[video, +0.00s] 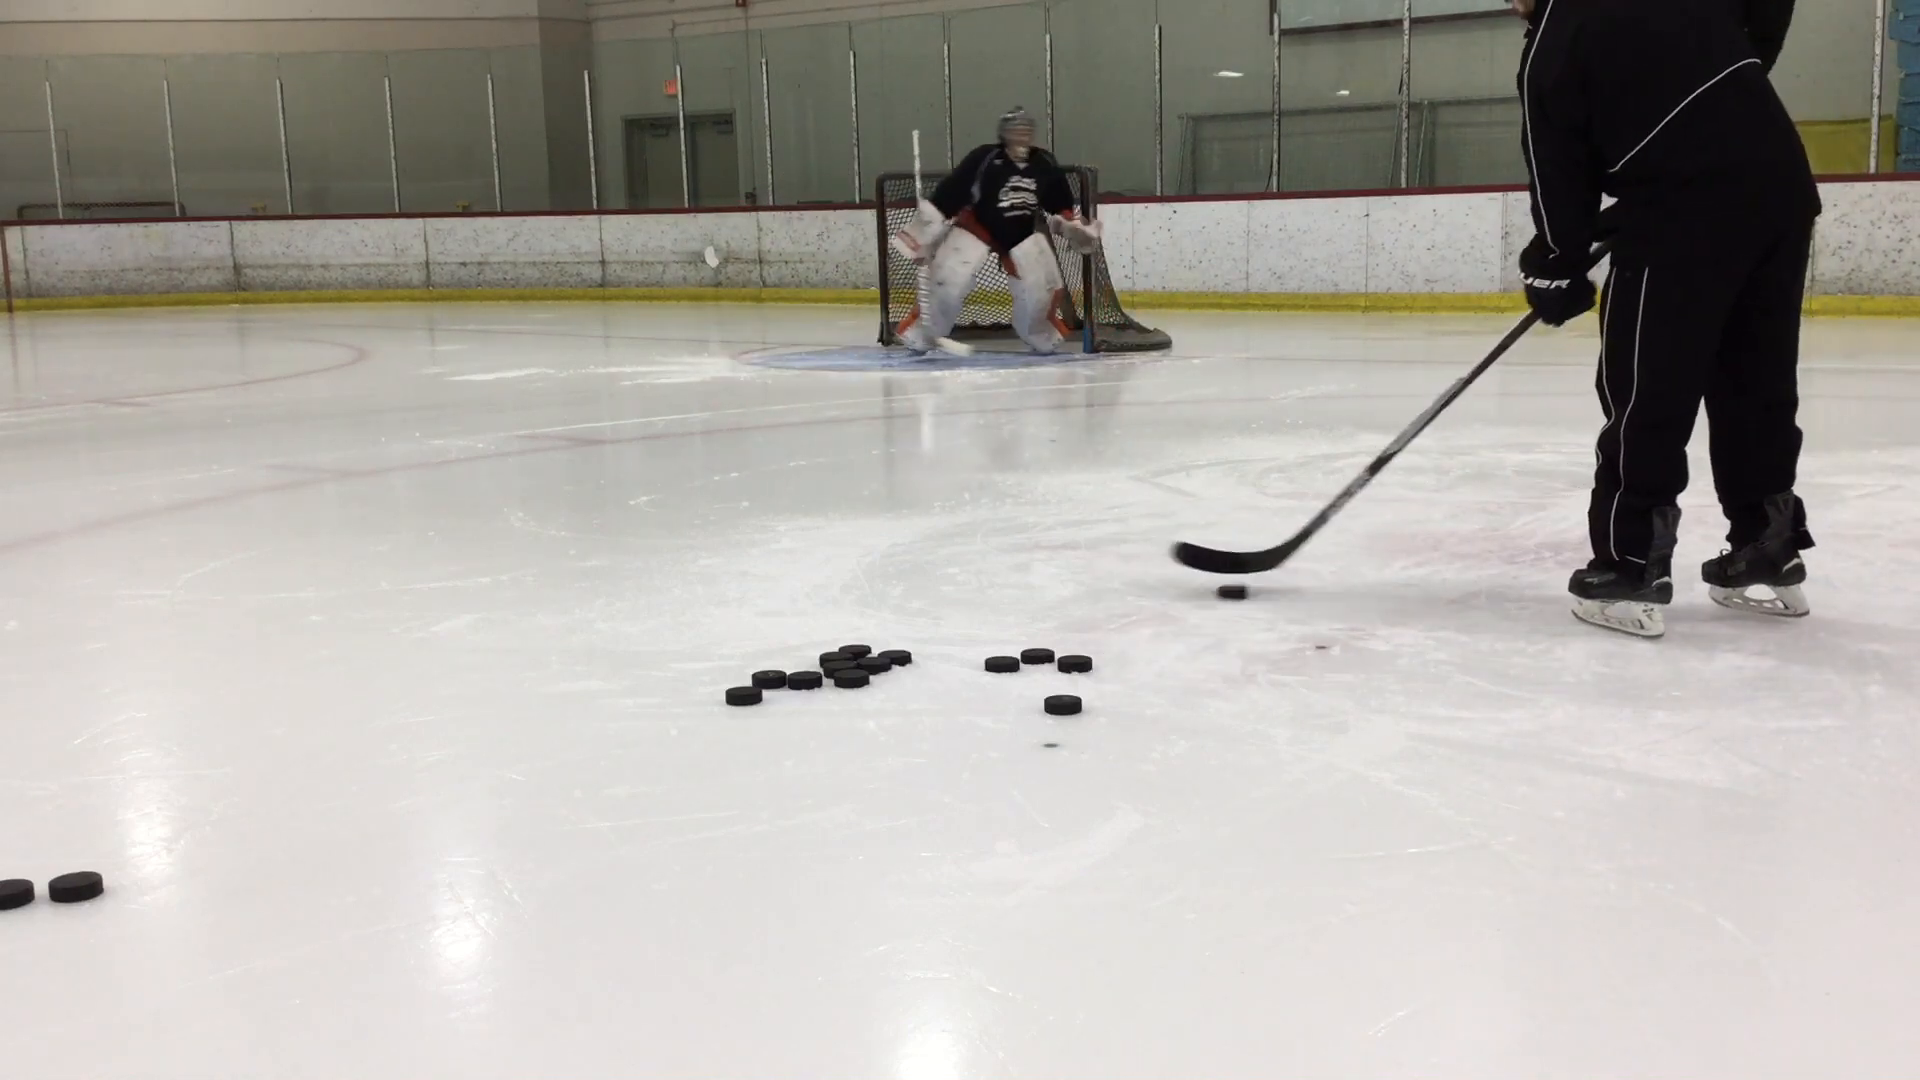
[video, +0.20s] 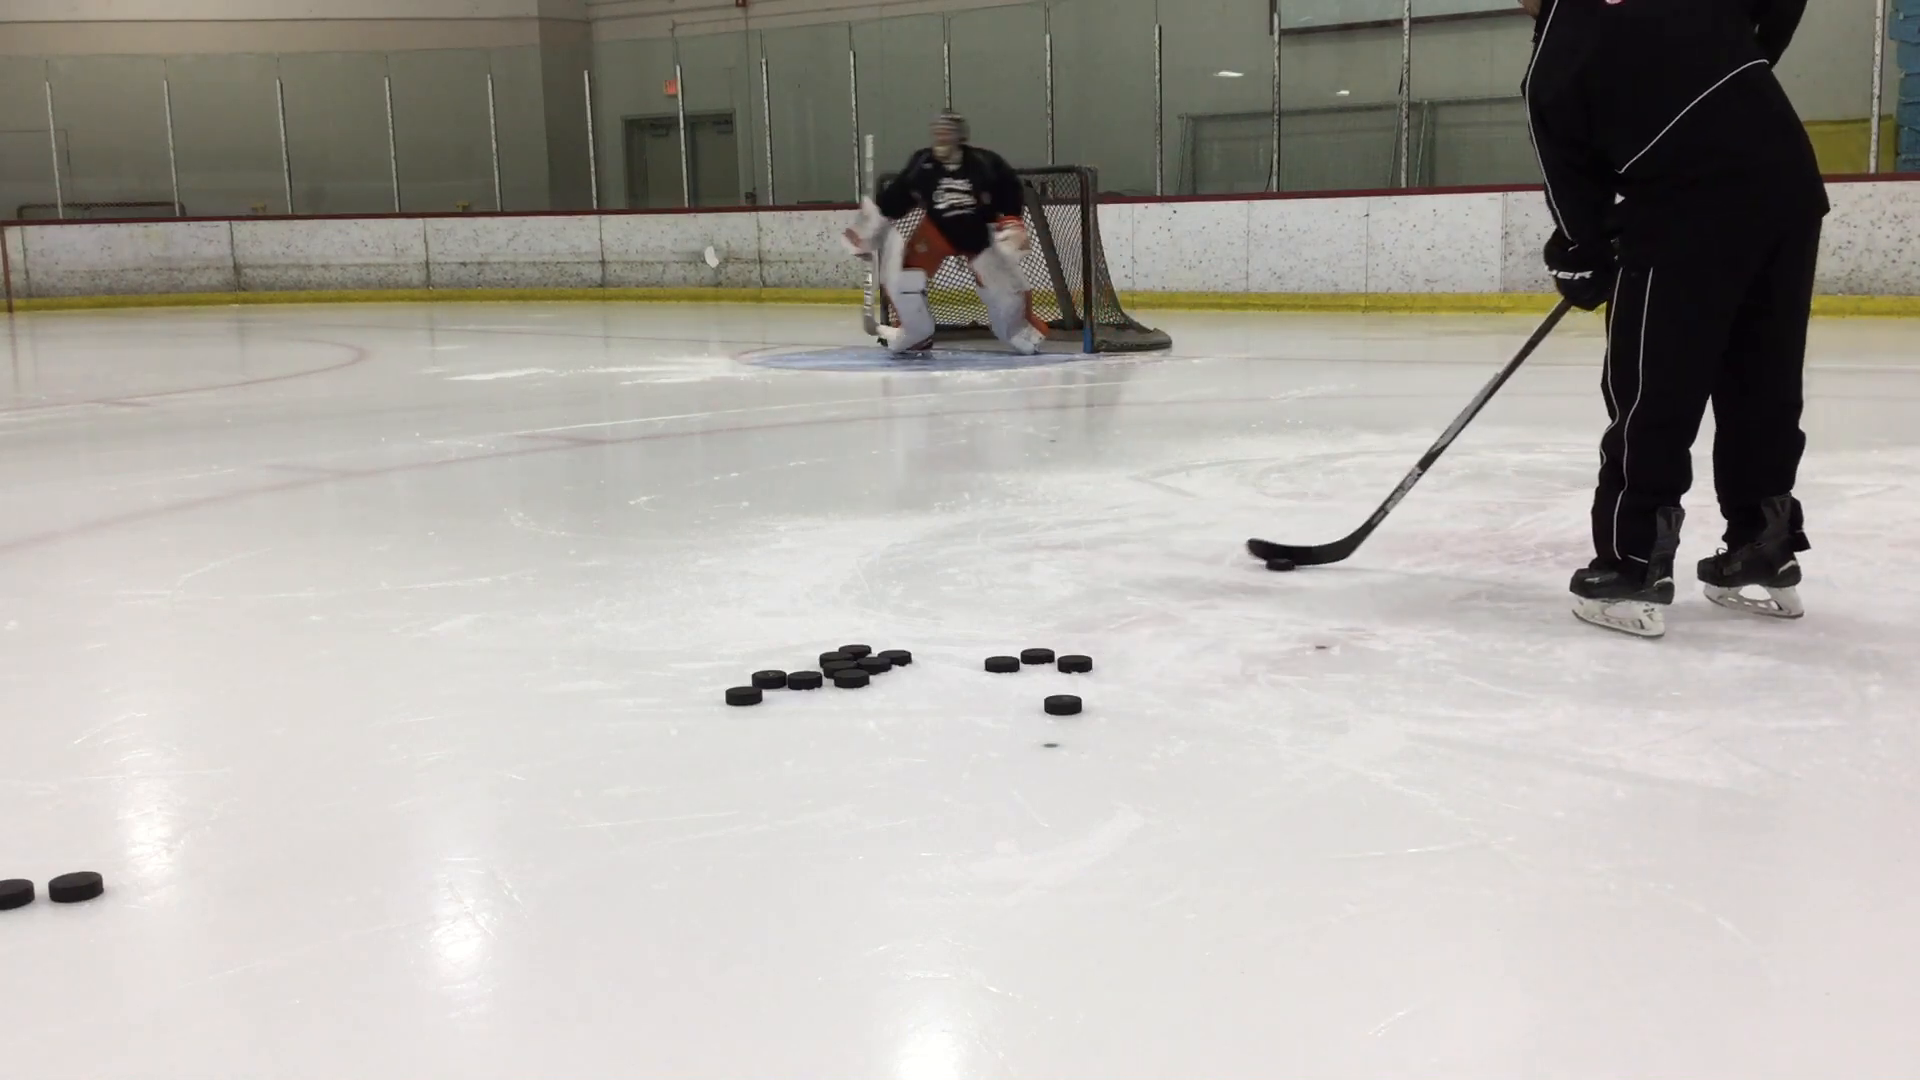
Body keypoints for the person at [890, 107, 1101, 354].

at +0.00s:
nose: (1024, 138)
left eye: (1027, 133)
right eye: (1017, 133)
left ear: (1032, 135)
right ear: (1004, 135)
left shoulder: (1044, 164)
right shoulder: (984, 159)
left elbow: (1061, 205)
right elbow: (947, 196)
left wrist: (1071, 228)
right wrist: (922, 234)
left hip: (1024, 235)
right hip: (977, 228)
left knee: (1040, 286)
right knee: (949, 279)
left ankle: (1039, 336)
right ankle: (925, 334)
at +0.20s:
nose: (941, 138)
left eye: (947, 132)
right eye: (937, 133)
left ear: (959, 135)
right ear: (932, 135)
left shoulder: (984, 162)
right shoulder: (922, 164)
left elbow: (1010, 190)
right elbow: (895, 198)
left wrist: (1012, 224)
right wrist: (868, 227)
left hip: (977, 237)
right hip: (936, 234)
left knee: (1008, 290)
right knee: (905, 281)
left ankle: (1015, 331)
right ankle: (917, 336)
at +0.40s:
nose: (871, 137)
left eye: (877, 131)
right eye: (869, 131)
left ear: (892, 132)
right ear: (866, 131)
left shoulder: (920, 159)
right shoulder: (861, 159)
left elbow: (949, 191)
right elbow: (848, 195)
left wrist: (943, 230)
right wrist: (831, 225)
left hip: (925, 229)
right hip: (883, 231)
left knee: (942, 278)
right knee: (863, 281)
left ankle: (994, 327)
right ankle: (875, 336)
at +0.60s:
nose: (831, 125)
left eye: (837, 119)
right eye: (828, 119)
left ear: (851, 122)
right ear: (824, 121)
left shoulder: (875, 153)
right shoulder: (818, 149)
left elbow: (901, 192)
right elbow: (810, 191)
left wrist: (884, 231)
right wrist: (796, 228)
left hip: (869, 238)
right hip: (830, 234)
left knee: (878, 295)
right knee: (822, 289)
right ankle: (833, 341)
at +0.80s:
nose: (796, 121)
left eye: (803, 116)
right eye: (793, 115)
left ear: (818, 119)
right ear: (789, 117)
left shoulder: (840, 150)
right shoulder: (781, 148)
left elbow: (858, 195)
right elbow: (771, 193)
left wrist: (829, 227)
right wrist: (756, 229)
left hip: (823, 237)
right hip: (787, 232)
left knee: (823, 292)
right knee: (778, 287)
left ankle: (850, 345)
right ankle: (782, 343)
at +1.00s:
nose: (756, 119)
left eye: (763, 114)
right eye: (753, 114)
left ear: (777, 118)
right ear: (749, 115)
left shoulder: (796, 149)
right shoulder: (740, 147)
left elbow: (817, 194)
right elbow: (729, 193)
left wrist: (788, 227)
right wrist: (711, 228)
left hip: (780, 238)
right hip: (743, 234)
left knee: (784, 296)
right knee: (734, 290)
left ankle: (816, 349)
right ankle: (730, 345)